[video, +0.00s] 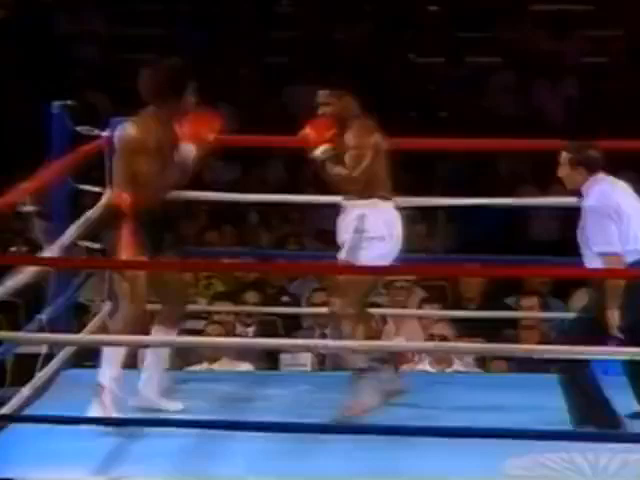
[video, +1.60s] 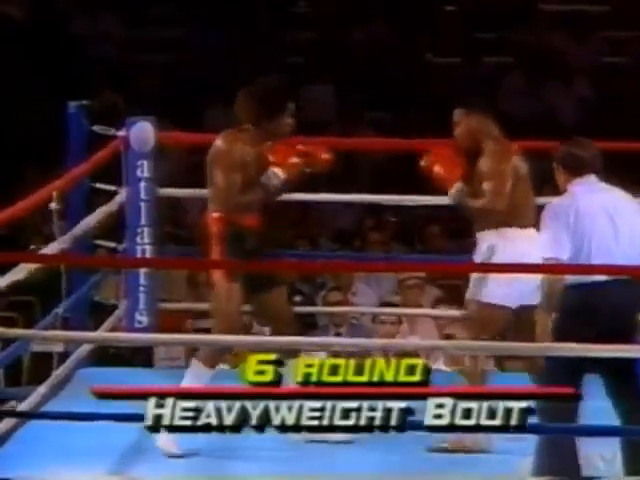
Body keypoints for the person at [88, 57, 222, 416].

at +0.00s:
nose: (188, 103)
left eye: (188, 96)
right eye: (185, 95)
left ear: (161, 95)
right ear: (171, 96)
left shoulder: (169, 132)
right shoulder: (132, 134)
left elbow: (170, 179)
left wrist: (192, 151)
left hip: (159, 224)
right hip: (130, 226)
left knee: (173, 300)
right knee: (133, 306)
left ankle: (151, 386)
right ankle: (106, 393)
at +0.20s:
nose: (182, 115)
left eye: (181, 107)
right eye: (179, 107)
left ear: (144, 106)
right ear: (165, 109)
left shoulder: (122, 137)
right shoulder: (147, 145)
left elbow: (123, 191)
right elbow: (146, 203)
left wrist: (172, 192)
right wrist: (181, 197)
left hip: (114, 224)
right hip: (129, 229)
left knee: (153, 311)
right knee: (142, 325)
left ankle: (146, 396)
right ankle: (109, 417)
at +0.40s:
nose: (181, 90)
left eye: (180, 82)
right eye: (178, 82)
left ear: (142, 80)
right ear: (167, 84)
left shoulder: (122, 110)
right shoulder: (143, 117)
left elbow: (104, 162)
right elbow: (136, 174)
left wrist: (161, 150)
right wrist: (172, 163)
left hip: (108, 209)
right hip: (123, 212)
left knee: (119, 309)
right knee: (123, 308)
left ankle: (94, 396)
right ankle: (98, 402)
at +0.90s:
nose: (208, 101)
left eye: (207, 93)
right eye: (204, 93)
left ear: (171, 97)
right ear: (190, 98)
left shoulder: (164, 132)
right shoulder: (167, 134)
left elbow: (162, 181)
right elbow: (155, 189)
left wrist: (198, 170)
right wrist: (196, 180)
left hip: (144, 233)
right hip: (153, 235)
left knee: (141, 321)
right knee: (160, 330)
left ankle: (102, 406)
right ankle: (145, 434)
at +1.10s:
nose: (224, 109)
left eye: (222, 101)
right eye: (219, 102)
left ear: (187, 104)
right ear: (204, 107)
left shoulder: (172, 138)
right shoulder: (186, 145)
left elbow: (166, 197)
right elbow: (181, 203)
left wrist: (214, 194)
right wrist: (221, 199)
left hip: (172, 235)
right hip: (175, 237)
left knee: (198, 332)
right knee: (175, 338)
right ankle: (145, 436)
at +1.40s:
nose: (252, 117)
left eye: (250, 109)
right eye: (246, 110)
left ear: (219, 113)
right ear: (228, 114)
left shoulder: (209, 145)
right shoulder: (209, 151)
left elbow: (226, 200)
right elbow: (236, 205)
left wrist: (263, 187)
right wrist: (275, 183)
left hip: (220, 245)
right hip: (201, 246)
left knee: (253, 332)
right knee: (181, 338)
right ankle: (151, 434)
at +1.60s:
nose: (291, 122)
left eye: (291, 115)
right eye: (286, 115)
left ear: (265, 120)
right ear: (265, 118)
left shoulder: (263, 147)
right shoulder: (231, 147)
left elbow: (263, 187)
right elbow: (230, 201)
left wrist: (297, 168)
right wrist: (273, 183)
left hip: (254, 234)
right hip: (226, 235)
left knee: (285, 327)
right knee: (228, 329)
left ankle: (295, 415)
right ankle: (172, 416)